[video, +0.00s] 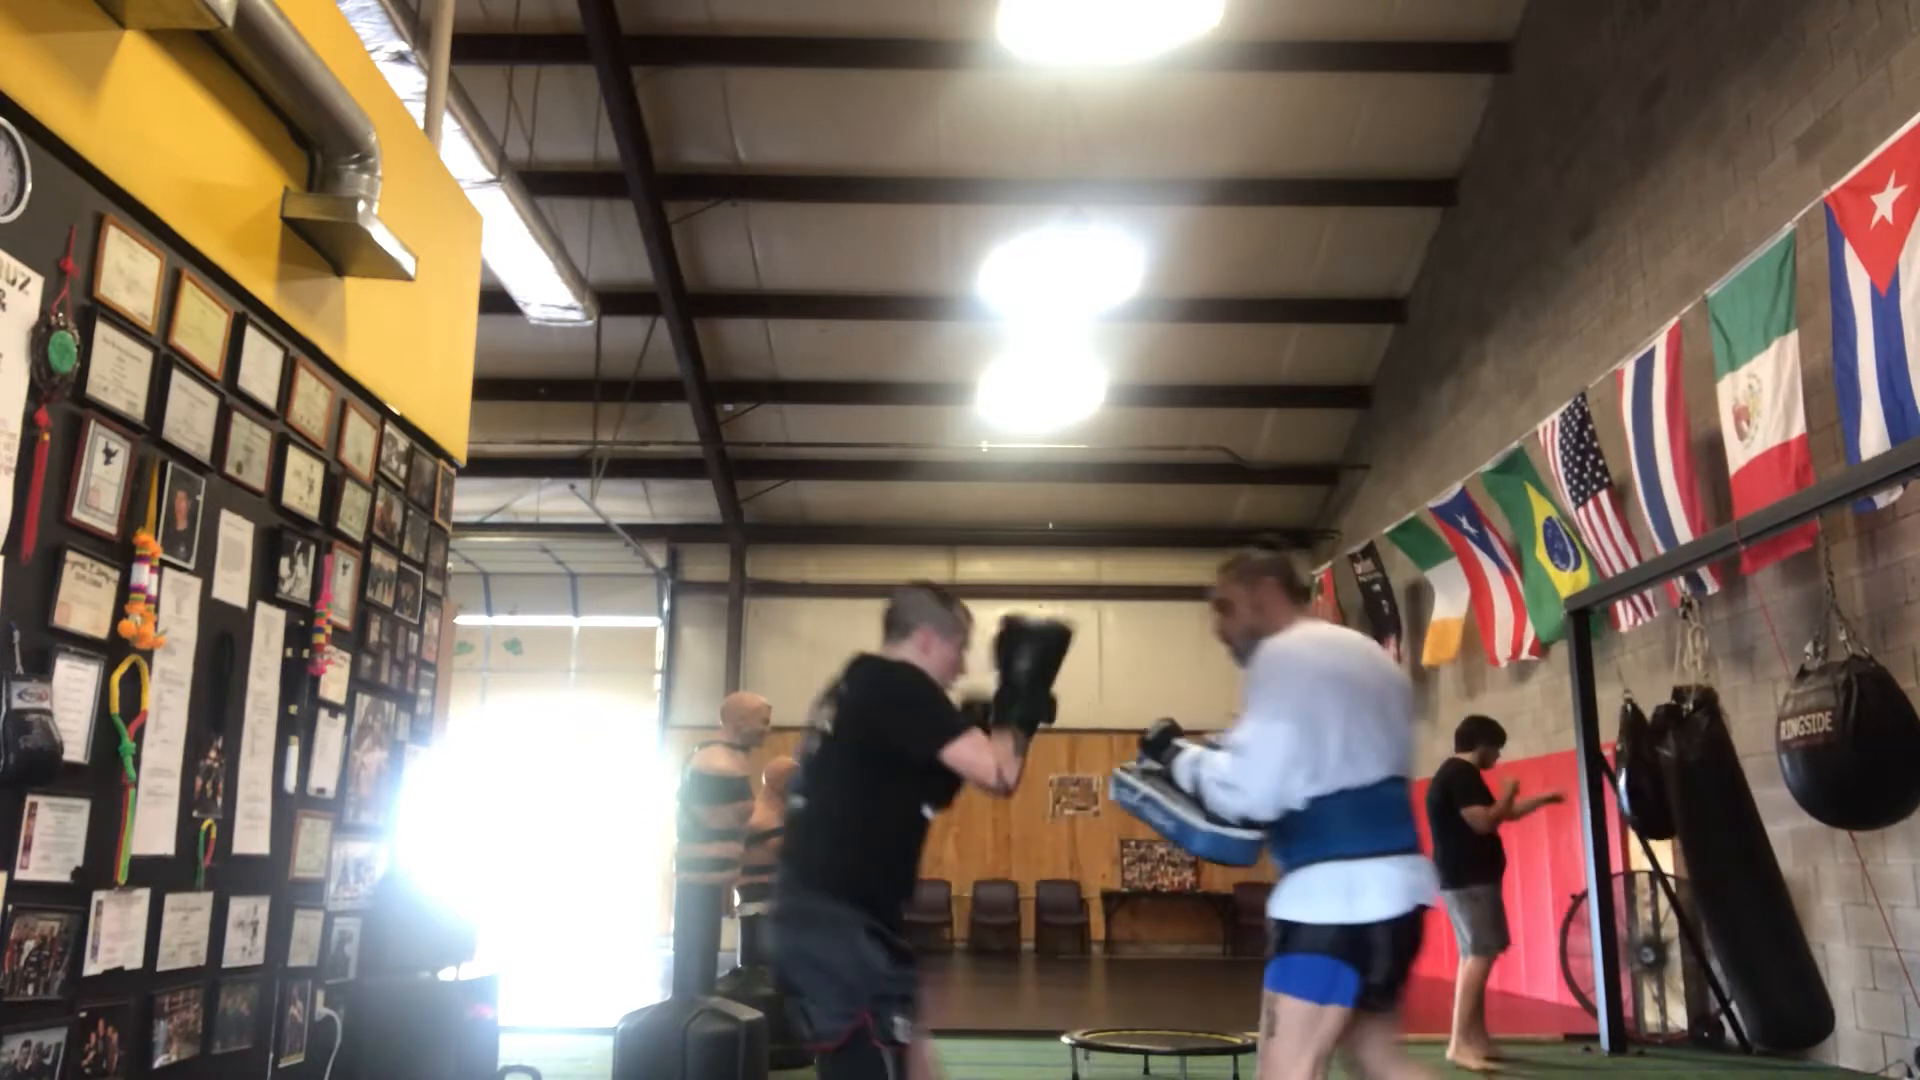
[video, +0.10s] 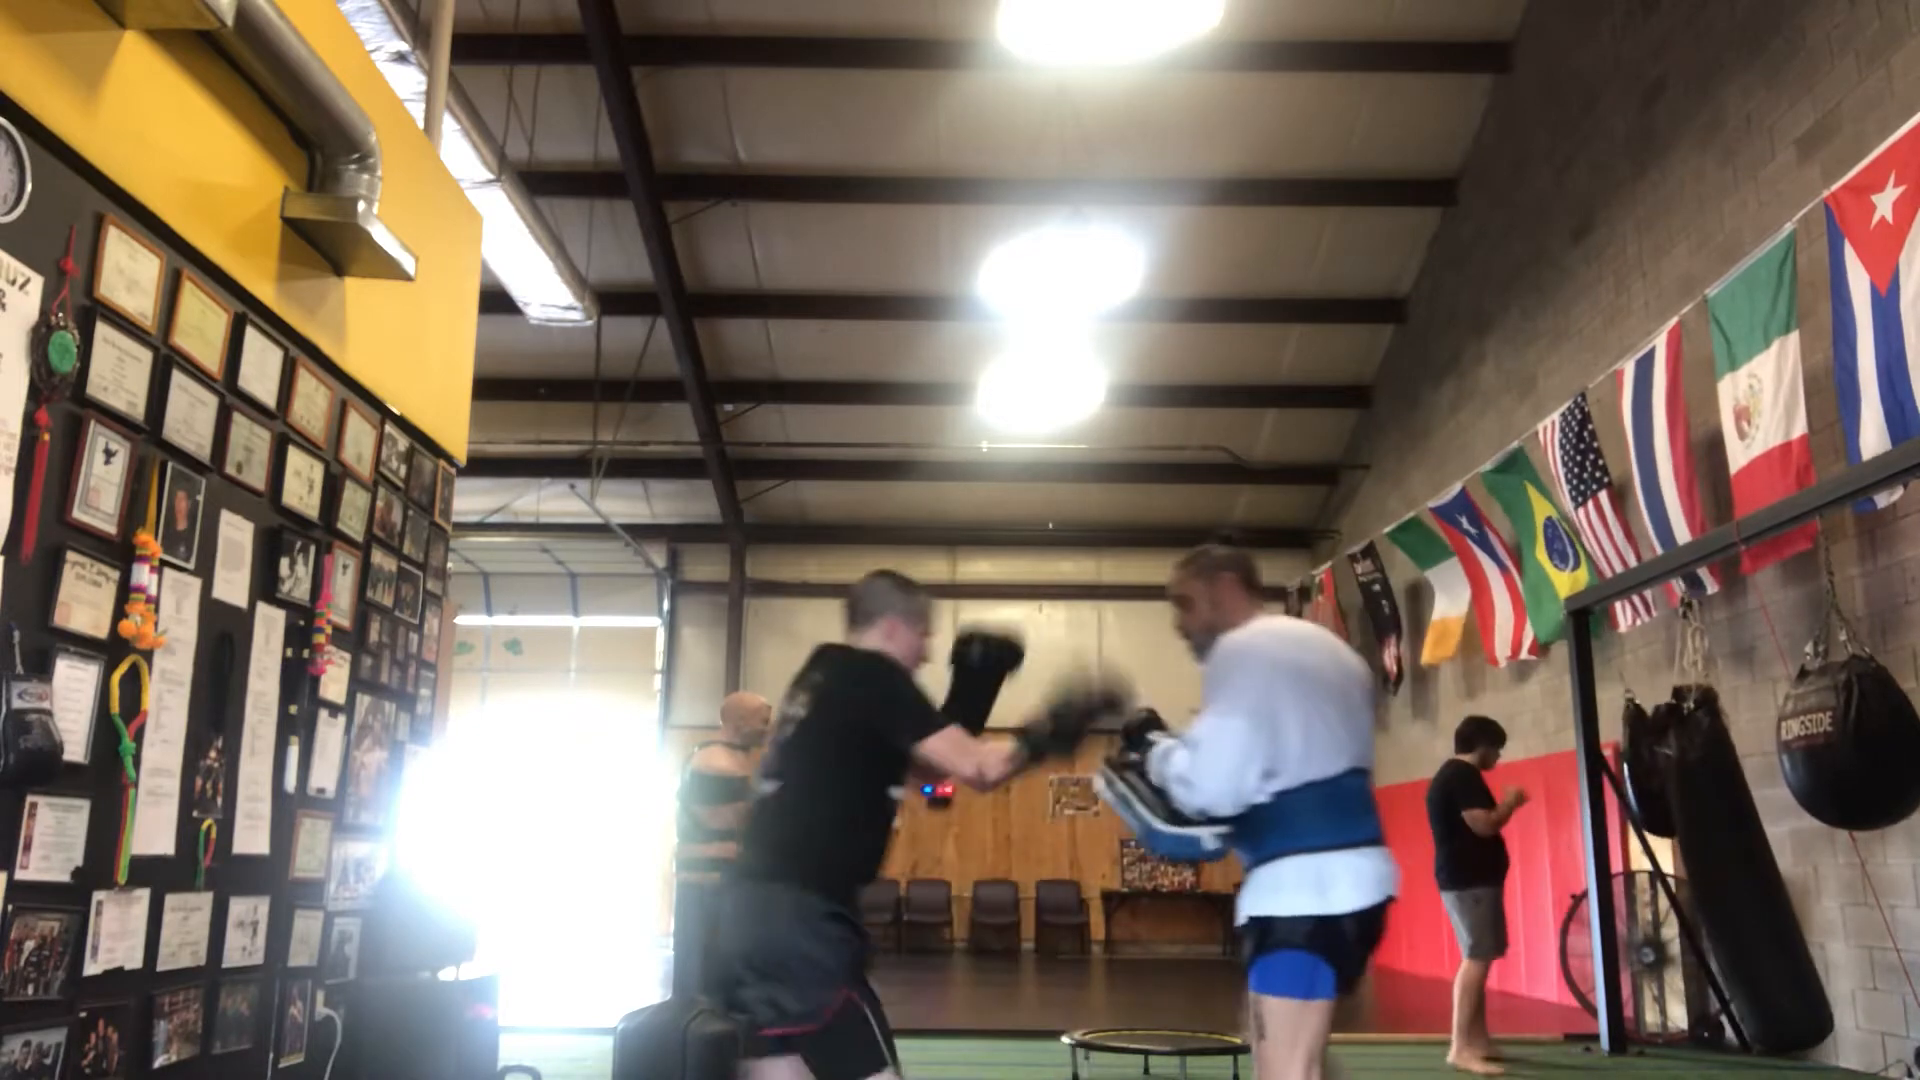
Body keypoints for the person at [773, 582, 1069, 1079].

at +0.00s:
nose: (962, 663)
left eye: (964, 650)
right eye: (959, 647)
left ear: (911, 636)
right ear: (926, 638)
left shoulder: (858, 683)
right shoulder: (897, 687)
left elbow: (934, 789)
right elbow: (1001, 773)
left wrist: (980, 724)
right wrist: (1019, 699)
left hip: (814, 921)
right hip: (845, 929)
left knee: (856, 1066)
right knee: (879, 1065)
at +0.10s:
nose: (925, 650)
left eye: (927, 636)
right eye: (923, 635)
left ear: (871, 625)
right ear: (893, 628)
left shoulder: (821, 672)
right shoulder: (873, 678)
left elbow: (923, 769)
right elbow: (980, 768)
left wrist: (972, 689)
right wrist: (1053, 733)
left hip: (752, 909)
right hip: (803, 918)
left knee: (777, 1065)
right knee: (869, 1068)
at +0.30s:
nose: (883, 630)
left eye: (883, 615)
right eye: (879, 614)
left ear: (841, 613)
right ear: (848, 612)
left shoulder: (856, 684)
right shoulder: (781, 685)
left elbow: (942, 718)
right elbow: (803, 811)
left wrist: (1024, 705)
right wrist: (885, 752)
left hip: (802, 928)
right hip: (751, 934)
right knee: (826, 1065)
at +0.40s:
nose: (880, 631)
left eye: (885, 617)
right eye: (882, 612)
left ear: (844, 591)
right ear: (850, 591)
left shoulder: (821, 662)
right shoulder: (779, 649)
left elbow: (861, 766)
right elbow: (858, 756)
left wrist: (911, 701)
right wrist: (919, 701)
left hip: (786, 886)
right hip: (747, 897)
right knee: (783, 1049)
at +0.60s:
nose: (851, 623)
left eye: (860, 610)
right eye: (856, 606)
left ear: (788, 585)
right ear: (833, 593)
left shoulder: (747, 645)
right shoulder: (799, 655)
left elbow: (802, 723)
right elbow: (884, 763)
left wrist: (858, 642)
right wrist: (936, 674)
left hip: (718, 911)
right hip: (764, 924)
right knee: (784, 1063)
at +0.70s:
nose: (840, 616)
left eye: (843, 602)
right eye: (841, 600)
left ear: (766, 582)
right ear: (818, 586)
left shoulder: (737, 649)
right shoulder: (799, 656)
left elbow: (789, 721)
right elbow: (903, 738)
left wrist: (836, 649)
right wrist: (929, 642)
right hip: (768, 932)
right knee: (784, 1064)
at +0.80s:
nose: (835, 600)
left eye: (836, 587)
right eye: (834, 585)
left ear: (763, 574)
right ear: (813, 576)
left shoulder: (722, 647)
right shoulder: (811, 648)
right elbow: (913, 709)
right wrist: (942, 645)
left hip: (706, 891)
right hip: (773, 901)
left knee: (727, 1049)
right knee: (780, 1058)